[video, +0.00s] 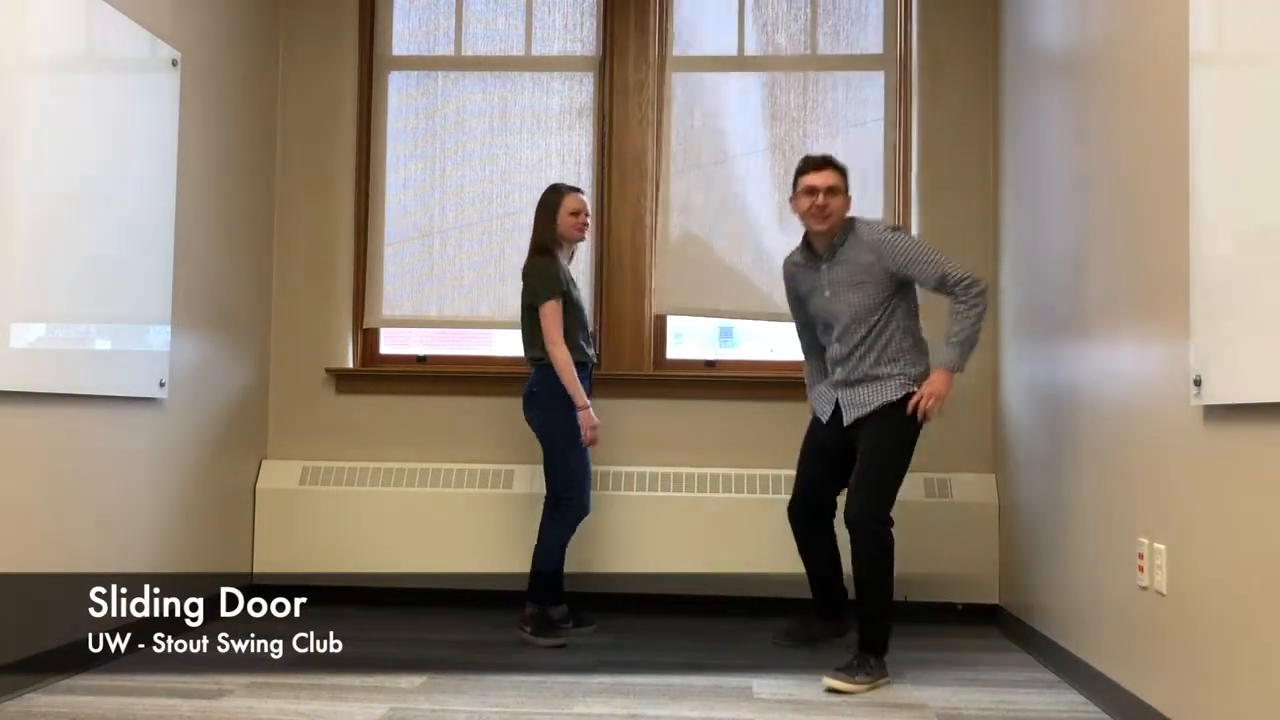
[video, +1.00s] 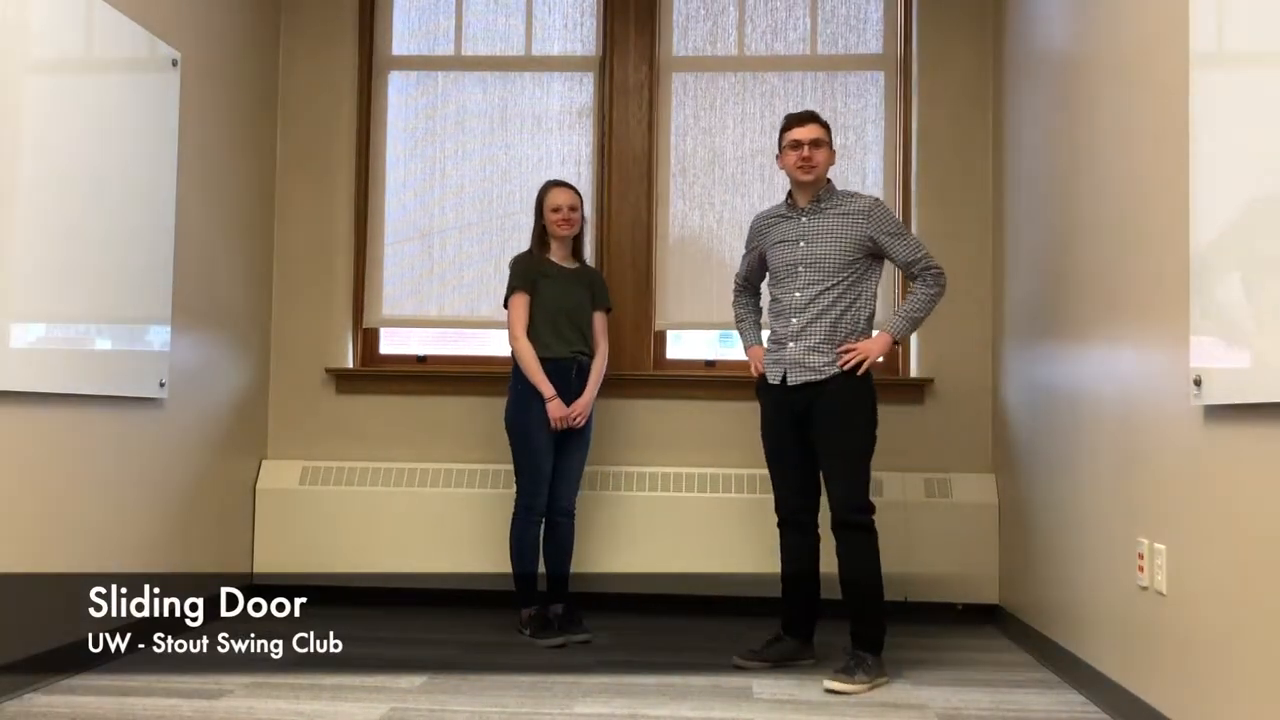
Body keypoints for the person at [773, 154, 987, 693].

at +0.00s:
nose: (820, 202)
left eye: (831, 192)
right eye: (810, 193)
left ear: (847, 200)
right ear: (794, 202)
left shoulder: (883, 244)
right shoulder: (796, 266)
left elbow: (968, 289)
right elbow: (811, 344)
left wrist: (947, 369)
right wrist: (822, 401)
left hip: (895, 398)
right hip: (836, 404)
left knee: (865, 514)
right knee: (807, 510)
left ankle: (872, 656)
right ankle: (832, 616)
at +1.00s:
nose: (806, 153)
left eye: (815, 144)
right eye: (795, 146)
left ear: (831, 154)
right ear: (780, 158)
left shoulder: (864, 213)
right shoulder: (766, 224)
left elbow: (930, 277)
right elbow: (746, 286)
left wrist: (887, 335)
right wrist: (752, 342)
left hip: (843, 387)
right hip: (781, 390)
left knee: (850, 516)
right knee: (794, 519)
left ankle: (866, 653)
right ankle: (795, 639)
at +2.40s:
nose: (769, 164)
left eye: (775, 153)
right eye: (769, 154)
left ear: (803, 150)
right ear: (802, 151)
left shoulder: (859, 207)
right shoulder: (799, 216)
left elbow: (929, 277)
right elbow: (815, 295)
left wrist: (877, 345)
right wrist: (790, 356)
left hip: (845, 391)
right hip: (794, 391)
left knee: (860, 520)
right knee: (799, 518)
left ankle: (865, 655)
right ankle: (797, 638)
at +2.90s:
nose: (771, 167)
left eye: (776, 158)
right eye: (773, 158)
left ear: (799, 160)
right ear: (808, 160)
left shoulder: (833, 211)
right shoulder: (816, 214)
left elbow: (854, 292)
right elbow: (853, 299)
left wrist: (786, 351)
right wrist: (801, 360)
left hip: (846, 385)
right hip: (817, 384)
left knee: (862, 517)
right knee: (792, 505)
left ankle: (867, 653)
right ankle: (788, 626)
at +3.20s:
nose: (757, 176)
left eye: (762, 166)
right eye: (758, 167)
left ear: (784, 168)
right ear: (791, 169)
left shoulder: (809, 227)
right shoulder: (797, 226)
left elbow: (777, 316)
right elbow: (783, 319)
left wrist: (706, 351)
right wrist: (722, 355)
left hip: (814, 388)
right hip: (789, 388)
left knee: (828, 516)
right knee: (770, 506)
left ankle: (859, 653)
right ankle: (779, 626)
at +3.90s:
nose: (730, 179)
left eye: (736, 169)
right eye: (731, 170)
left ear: (762, 172)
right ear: (766, 173)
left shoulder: (776, 225)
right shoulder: (773, 224)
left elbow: (741, 311)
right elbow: (741, 311)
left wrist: (672, 329)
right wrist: (677, 328)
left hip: (770, 383)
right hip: (766, 381)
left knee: (760, 506)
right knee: (763, 504)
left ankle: (778, 631)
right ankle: (773, 626)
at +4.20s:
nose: (715, 177)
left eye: (721, 168)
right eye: (718, 169)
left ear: (745, 169)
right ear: (748, 171)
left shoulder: (767, 232)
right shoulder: (756, 229)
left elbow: (755, 329)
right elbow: (740, 312)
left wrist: (682, 347)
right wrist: (685, 313)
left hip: (762, 381)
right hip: (768, 379)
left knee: (717, 496)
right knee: (773, 501)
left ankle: (741, 631)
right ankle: (782, 622)